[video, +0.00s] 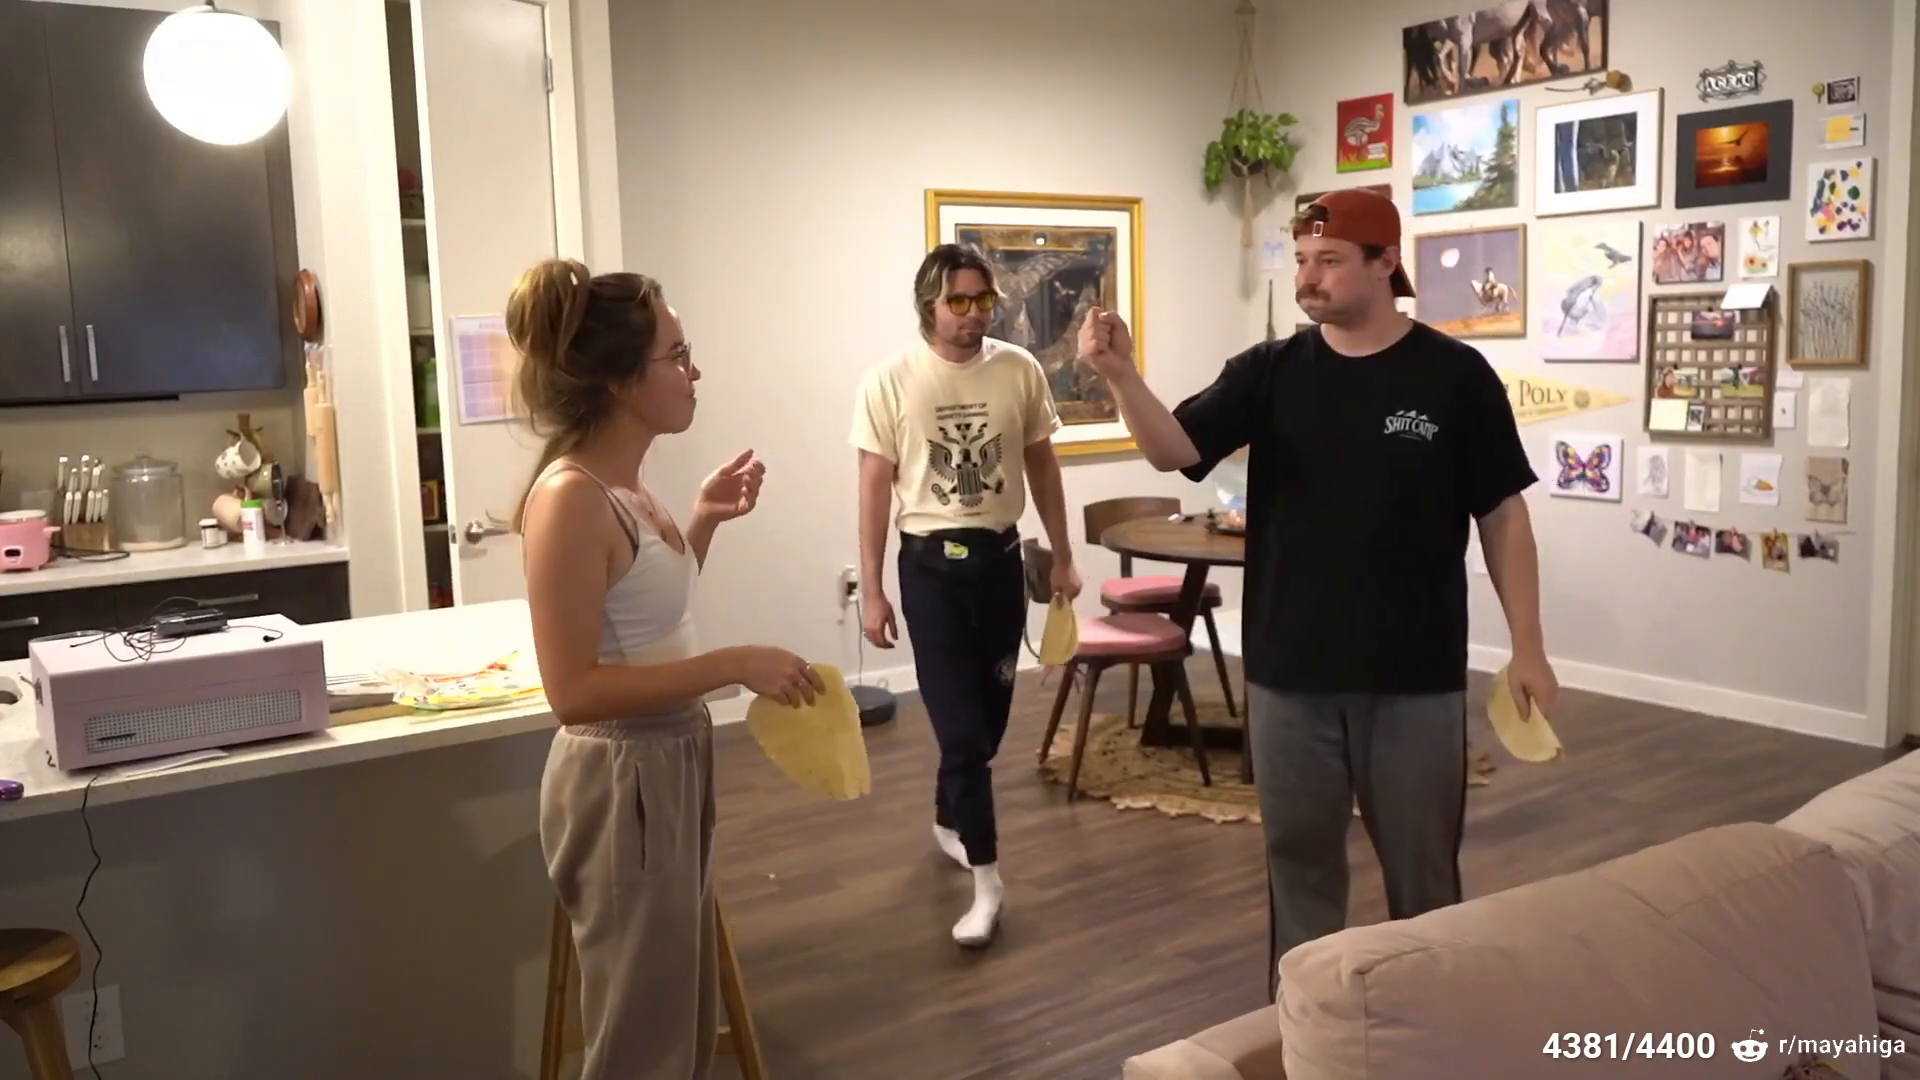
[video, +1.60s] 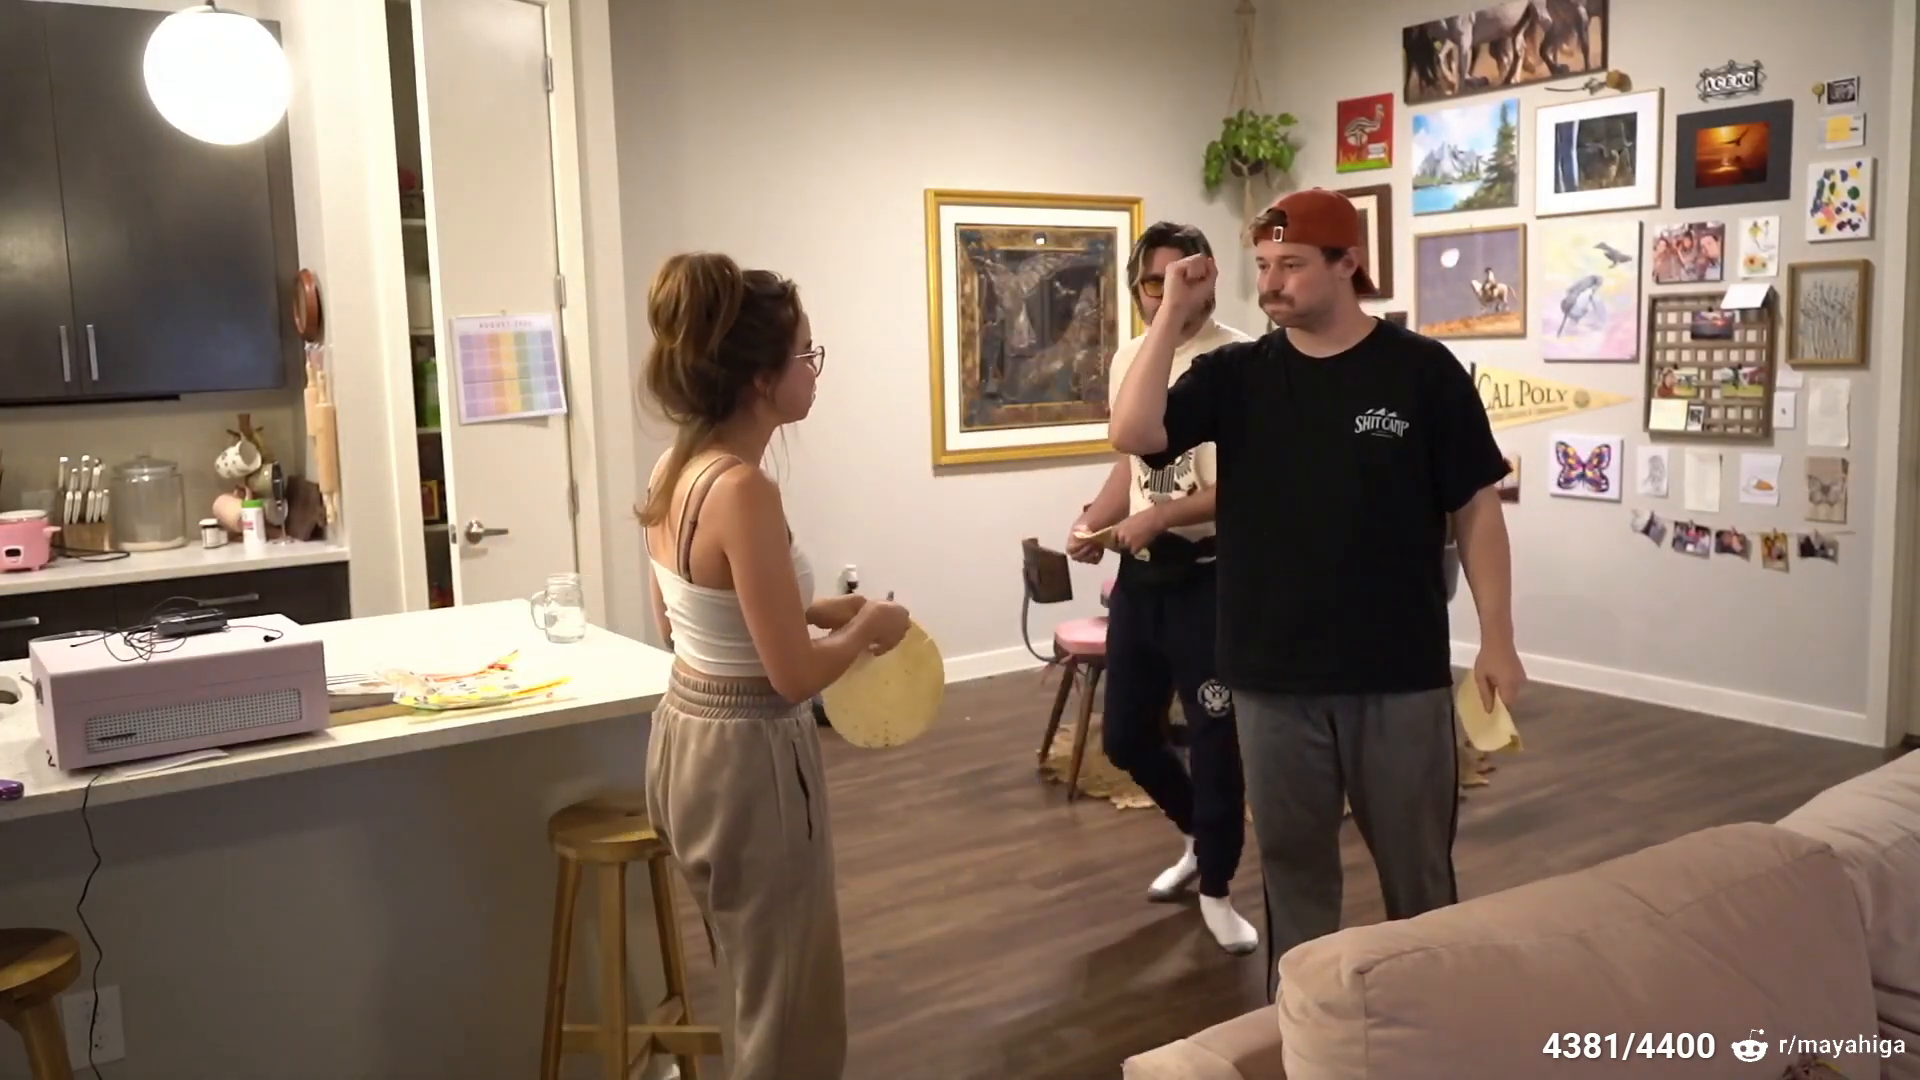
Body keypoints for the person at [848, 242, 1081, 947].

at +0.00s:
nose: (970, 312)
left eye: (980, 299)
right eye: (956, 300)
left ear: (991, 301)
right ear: (927, 305)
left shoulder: (1019, 369)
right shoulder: (891, 382)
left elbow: (1041, 463)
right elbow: (874, 488)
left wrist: (1063, 553)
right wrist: (871, 588)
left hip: (1001, 562)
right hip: (929, 566)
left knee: (991, 714)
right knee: (961, 728)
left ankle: (951, 818)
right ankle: (985, 879)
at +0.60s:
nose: (964, 305)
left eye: (972, 289)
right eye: (947, 293)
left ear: (983, 289)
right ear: (911, 299)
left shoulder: (1024, 354)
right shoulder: (884, 389)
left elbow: (1071, 455)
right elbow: (877, 496)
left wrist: (1024, 519)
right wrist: (887, 588)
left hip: (1026, 565)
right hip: (947, 572)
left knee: (1058, 728)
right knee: (969, 742)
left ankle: (1042, 856)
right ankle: (986, 882)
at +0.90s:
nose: (981, 306)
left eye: (990, 292)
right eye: (964, 295)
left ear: (1003, 292)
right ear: (932, 301)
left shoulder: (1048, 355)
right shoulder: (909, 391)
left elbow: (1095, 458)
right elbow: (903, 486)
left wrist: (1022, 502)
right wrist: (901, 545)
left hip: (1060, 573)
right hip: (976, 583)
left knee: (1110, 735)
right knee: (981, 748)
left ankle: (1138, 874)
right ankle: (987, 887)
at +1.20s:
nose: (1060, 315)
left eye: (1072, 301)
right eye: (1044, 302)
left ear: (1090, 305)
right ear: (1021, 308)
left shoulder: (1128, 370)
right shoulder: (999, 387)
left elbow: (1164, 485)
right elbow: (1000, 474)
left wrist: (1076, 523)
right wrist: (972, 543)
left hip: (1128, 593)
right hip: (1042, 593)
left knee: (1174, 758)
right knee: (1012, 756)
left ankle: (1212, 899)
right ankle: (994, 886)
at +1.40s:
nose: (1125, 304)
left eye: (1139, 291)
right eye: (1111, 292)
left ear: (1162, 294)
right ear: (1093, 298)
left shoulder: (1202, 366)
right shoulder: (1079, 372)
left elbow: (1221, 482)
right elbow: (1089, 463)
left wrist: (1136, 518)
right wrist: (1054, 529)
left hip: (1191, 578)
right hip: (1105, 576)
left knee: (1206, 748)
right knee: (1061, 738)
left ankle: (1215, 899)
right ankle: (1044, 873)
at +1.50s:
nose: (1144, 300)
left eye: (1158, 287)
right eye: (1133, 287)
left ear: (1184, 291)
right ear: (1116, 291)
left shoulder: (1218, 363)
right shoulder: (1105, 364)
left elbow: (1234, 485)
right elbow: (1114, 462)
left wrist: (1150, 519)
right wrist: (1077, 524)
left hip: (1200, 577)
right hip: (1125, 574)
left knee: (1210, 748)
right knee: (1090, 733)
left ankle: (1215, 896)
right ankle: (1123, 852)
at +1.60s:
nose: (1165, 296)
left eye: (1180, 281)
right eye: (1152, 284)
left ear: (1208, 282)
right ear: (1139, 291)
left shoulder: (1241, 360)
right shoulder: (1132, 359)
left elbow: (1249, 485)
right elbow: (1131, 462)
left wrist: (1163, 515)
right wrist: (1098, 516)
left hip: (1212, 572)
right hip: (1141, 570)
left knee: (1215, 741)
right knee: (1129, 737)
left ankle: (1216, 891)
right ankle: (1203, 830)